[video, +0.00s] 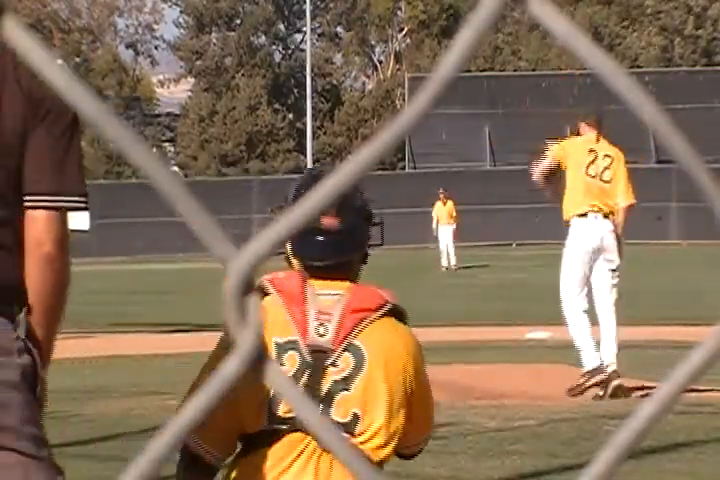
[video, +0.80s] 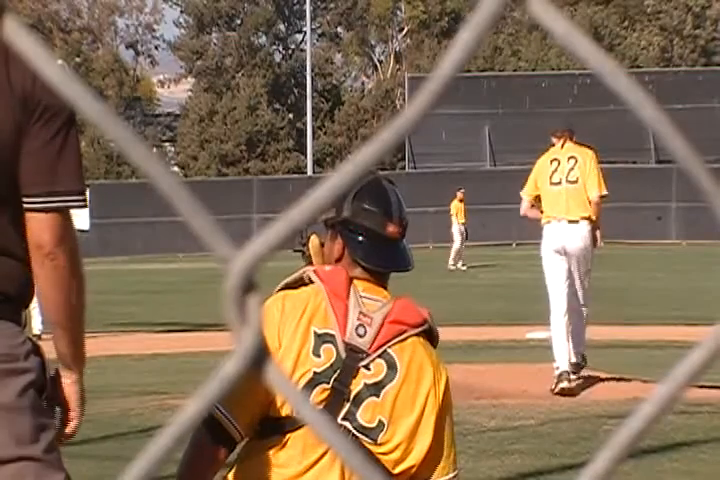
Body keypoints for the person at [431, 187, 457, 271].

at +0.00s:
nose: (441, 196)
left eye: (442, 194)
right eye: (440, 194)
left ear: (445, 194)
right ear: (438, 195)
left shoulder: (450, 203)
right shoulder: (437, 204)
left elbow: (454, 214)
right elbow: (435, 216)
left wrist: (454, 223)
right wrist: (434, 227)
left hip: (450, 225)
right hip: (441, 225)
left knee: (450, 244)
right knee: (442, 245)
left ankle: (453, 263)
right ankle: (444, 263)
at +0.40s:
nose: (451, 195)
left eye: (453, 193)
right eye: (450, 193)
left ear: (454, 195)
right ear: (447, 194)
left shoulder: (457, 203)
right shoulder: (445, 204)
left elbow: (459, 213)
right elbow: (441, 215)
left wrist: (460, 222)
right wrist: (441, 226)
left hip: (455, 225)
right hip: (447, 225)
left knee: (457, 245)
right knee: (446, 246)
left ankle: (458, 263)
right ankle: (445, 263)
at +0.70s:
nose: (460, 195)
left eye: (461, 193)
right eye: (459, 193)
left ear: (462, 194)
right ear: (455, 194)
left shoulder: (461, 203)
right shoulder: (452, 204)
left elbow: (462, 214)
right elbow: (451, 216)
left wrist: (464, 224)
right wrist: (452, 227)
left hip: (462, 225)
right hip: (455, 225)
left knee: (461, 246)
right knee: (453, 245)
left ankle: (459, 263)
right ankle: (448, 262)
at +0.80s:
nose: (462, 195)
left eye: (463, 193)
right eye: (461, 193)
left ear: (463, 194)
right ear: (457, 193)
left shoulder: (462, 204)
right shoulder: (454, 204)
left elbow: (464, 215)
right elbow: (453, 215)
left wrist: (465, 226)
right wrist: (455, 225)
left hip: (463, 224)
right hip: (456, 224)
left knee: (462, 243)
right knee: (458, 241)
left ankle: (460, 262)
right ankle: (451, 261)